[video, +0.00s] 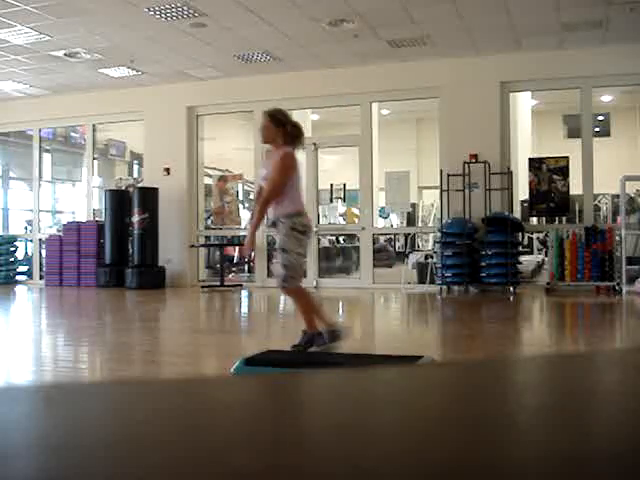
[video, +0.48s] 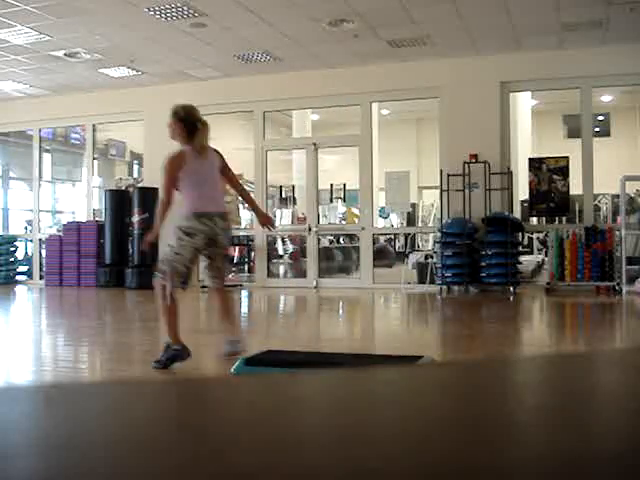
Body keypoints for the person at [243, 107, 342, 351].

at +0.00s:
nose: (262, 130)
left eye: (266, 126)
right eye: (263, 126)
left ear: (279, 129)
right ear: (276, 130)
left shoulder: (285, 157)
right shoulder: (273, 156)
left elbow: (267, 197)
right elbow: (261, 195)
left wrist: (250, 235)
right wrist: (250, 230)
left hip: (293, 221)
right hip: (282, 222)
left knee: (289, 281)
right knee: (288, 281)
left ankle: (328, 328)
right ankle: (312, 330)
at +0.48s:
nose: (169, 129)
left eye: (172, 124)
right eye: (171, 124)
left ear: (183, 127)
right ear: (196, 126)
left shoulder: (176, 160)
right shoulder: (214, 156)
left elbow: (166, 199)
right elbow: (238, 187)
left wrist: (155, 230)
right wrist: (260, 213)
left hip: (192, 221)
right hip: (219, 221)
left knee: (164, 279)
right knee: (219, 283)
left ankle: (174, 343)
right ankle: (233, 338)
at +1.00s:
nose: (164, 108)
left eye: (164, 103)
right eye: (159, 103)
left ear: (146, 107)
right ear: (142, 105)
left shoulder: (142, 137)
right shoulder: (135, 131)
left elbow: (146, 188)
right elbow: (117, 163)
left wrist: (183, 192)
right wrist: (115, 204)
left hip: (112, 213)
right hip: (130, 213)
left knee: (101, 285)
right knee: (168, 276)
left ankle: (72, 355)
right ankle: (152, 350)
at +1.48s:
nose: (203, 86)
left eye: (205, 82)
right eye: (196, 81)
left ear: (205, 89)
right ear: (179, 86)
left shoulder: (195, 132)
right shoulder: (171, 114)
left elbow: (217, 175)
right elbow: (136, 148)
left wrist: (250, 202)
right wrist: (110, 184)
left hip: (157, 207)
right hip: (170, 205)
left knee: (146, 287)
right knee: (190, 285)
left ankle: (119, 363)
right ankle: (167, 368)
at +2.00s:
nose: (308, 100)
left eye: (310, 94)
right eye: (306, 92)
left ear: (293, 91)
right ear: (288, 87)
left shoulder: (287, 131)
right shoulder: (264, 112)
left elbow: (326, 150)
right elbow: (312, 118)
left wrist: (369, 137)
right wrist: (363, 103)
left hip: (283, 212)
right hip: (258, 211)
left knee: (330, 262)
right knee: (269, 294)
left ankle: (351, 332)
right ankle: (242, 370)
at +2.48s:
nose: (364, 75)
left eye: (369, 71)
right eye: (359, 69)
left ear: (374, 74)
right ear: (345, 69)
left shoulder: (375, 110)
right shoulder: (330, 103)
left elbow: (369, 153)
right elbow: (316, 148)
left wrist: (373, 188)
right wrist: (314, 188)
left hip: (365, 189)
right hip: (333, 189)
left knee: (384, 256)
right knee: (340, 259)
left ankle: (380, 333)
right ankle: (347, 334)